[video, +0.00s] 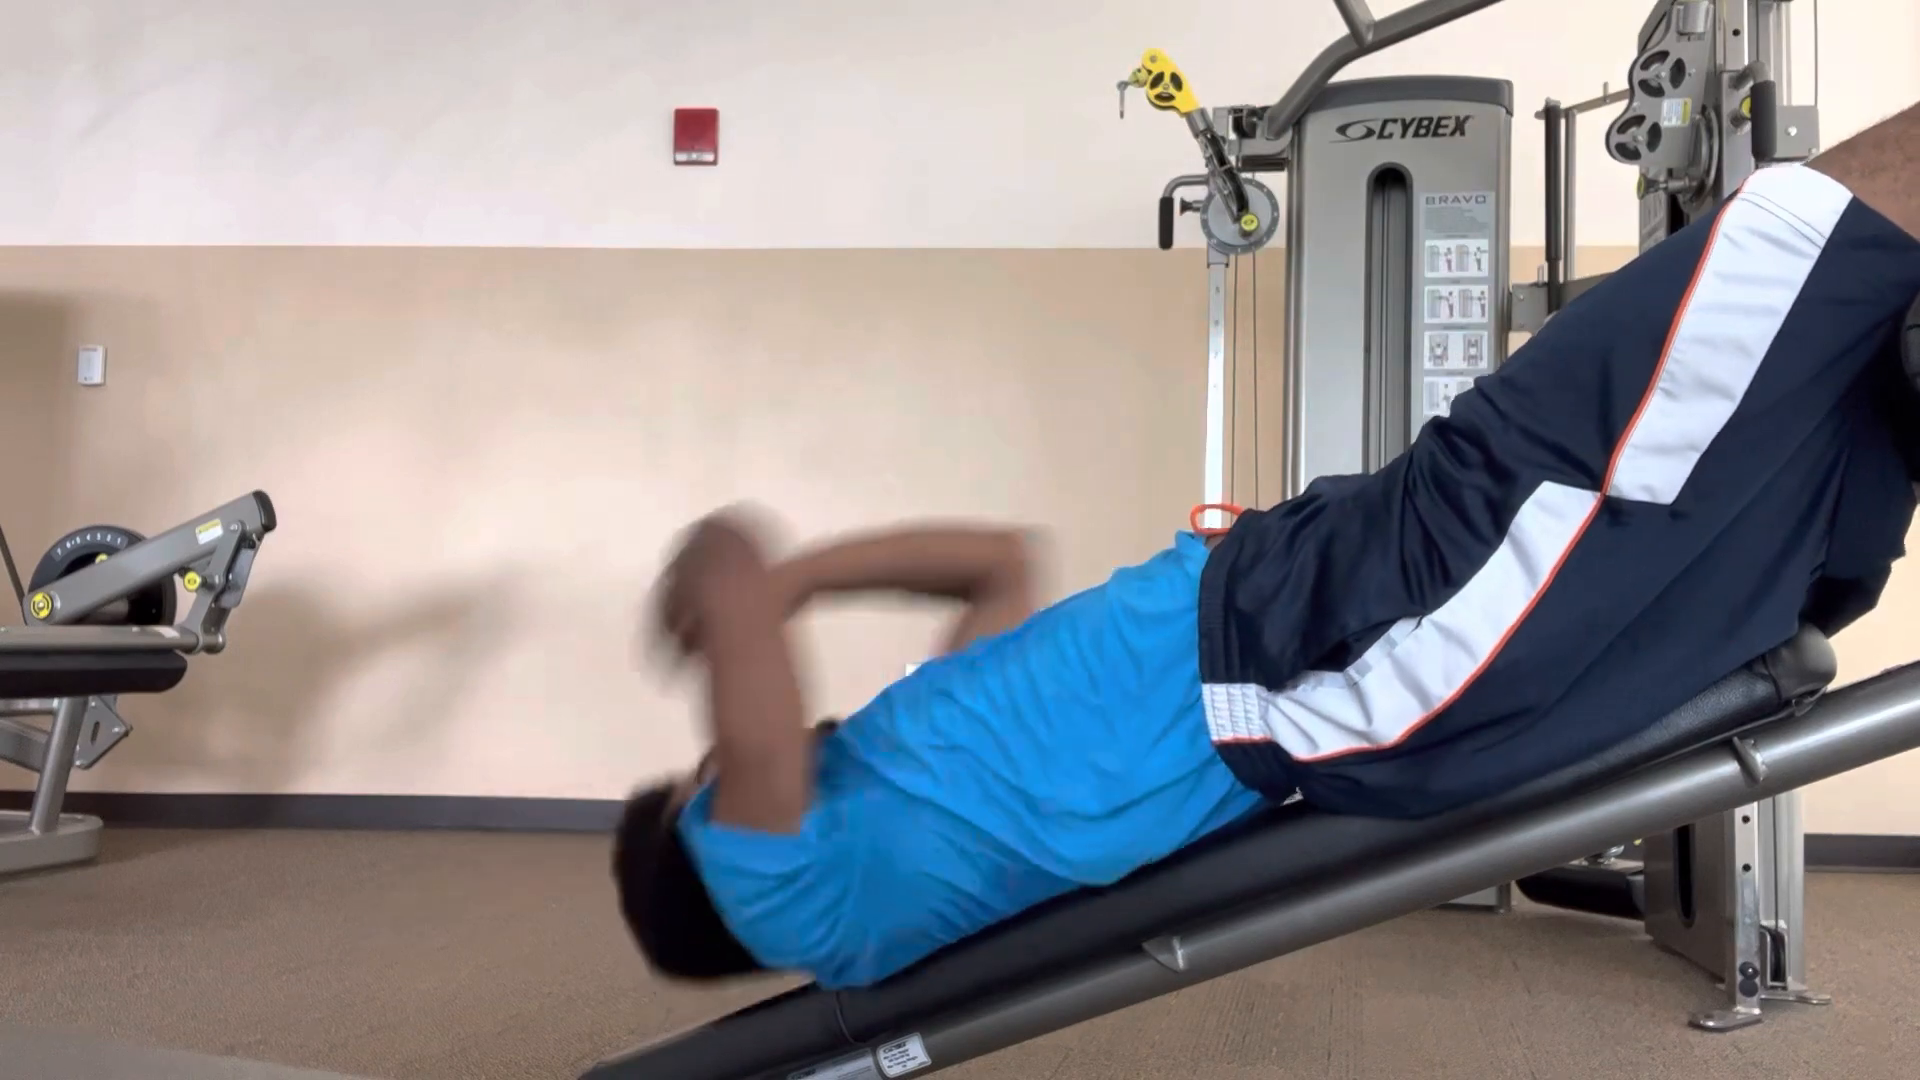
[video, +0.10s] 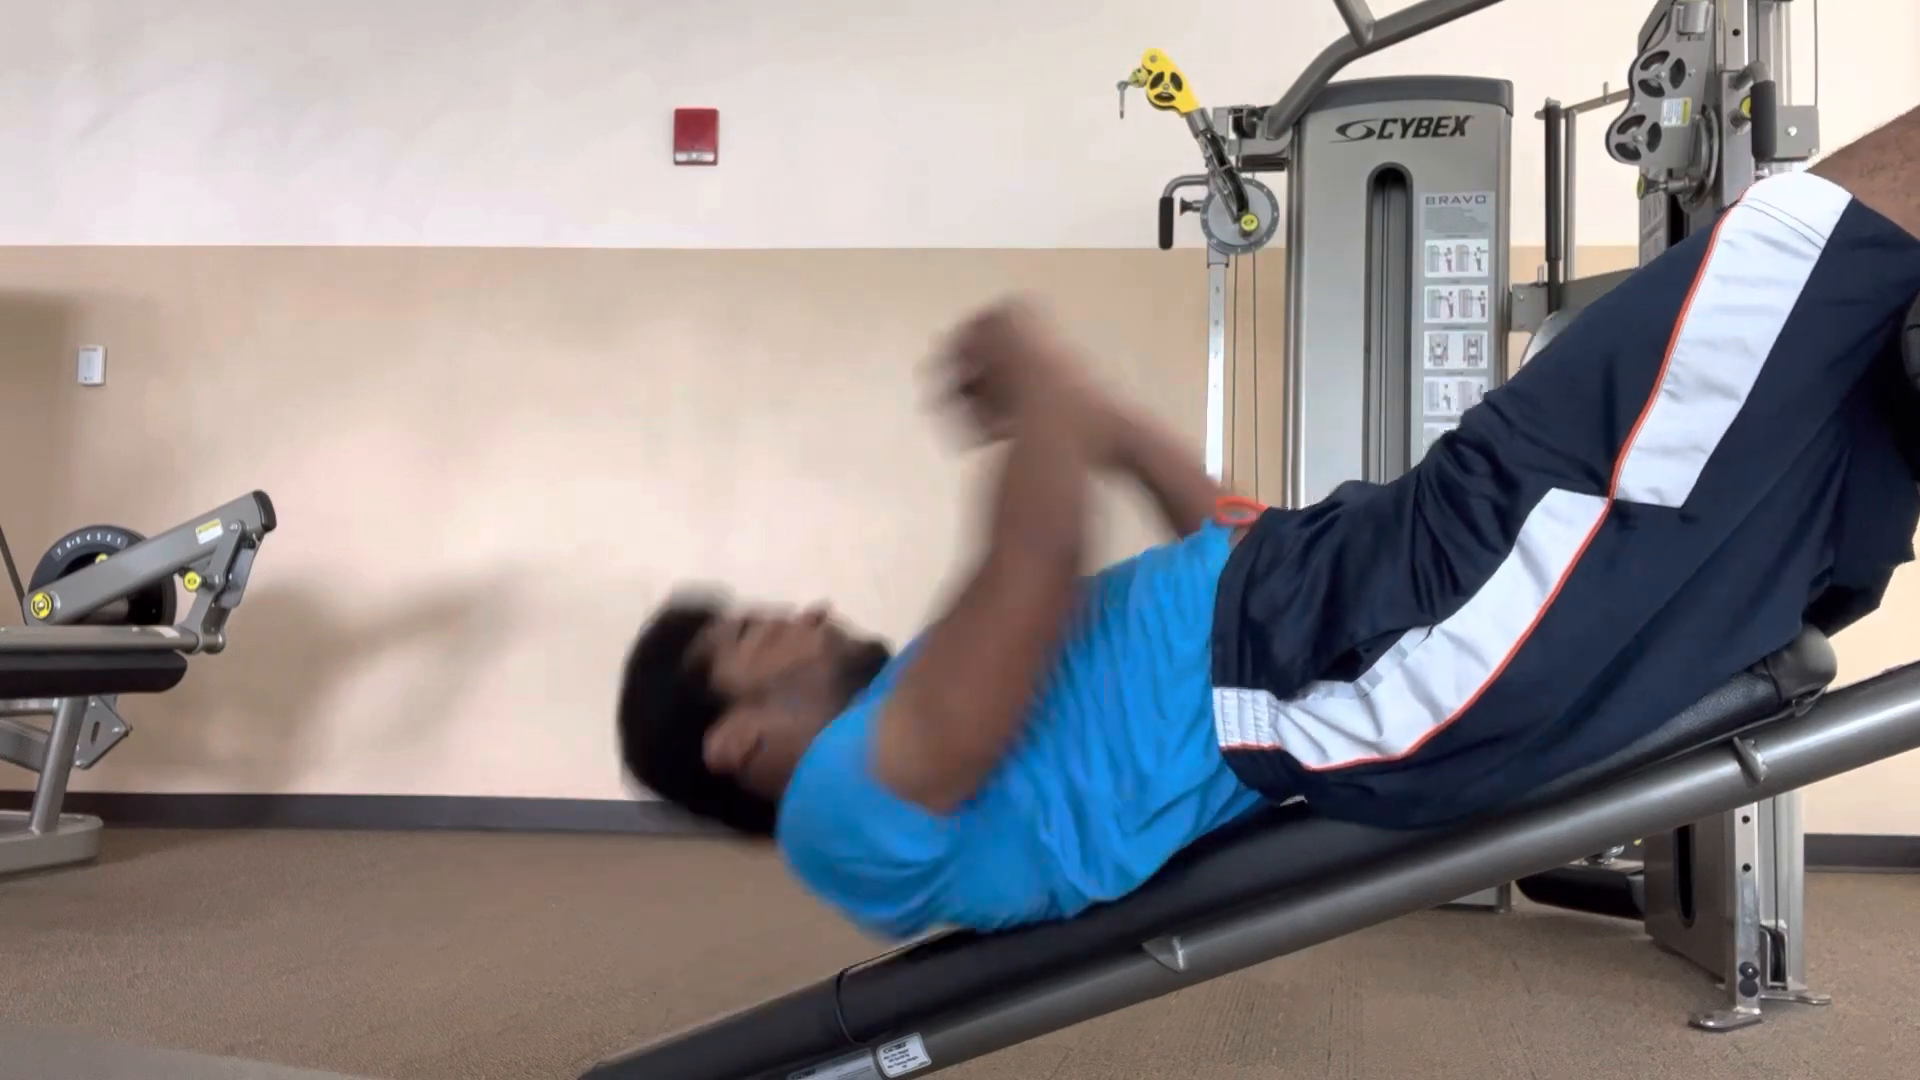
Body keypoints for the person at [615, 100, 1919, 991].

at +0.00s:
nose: (715, 757)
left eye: (695, 763)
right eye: (693, 779)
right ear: (713, 843)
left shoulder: (881, 813)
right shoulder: (773, 866)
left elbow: (995, 562)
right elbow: (735, 569)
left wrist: (782, 582)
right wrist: (724, 589)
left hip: (1338, 587)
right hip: (1321, 671)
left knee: (1869, 184)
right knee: (1838, 199)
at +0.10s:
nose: (799, 610)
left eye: (764, 605)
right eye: (753, 639)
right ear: (738, 742)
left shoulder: (933, 732)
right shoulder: (837, 809)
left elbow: (1218, 562)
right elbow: (1027, 604)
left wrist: (1087, 417)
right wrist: (1042, 393)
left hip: (1347, 598)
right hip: (1335, 666)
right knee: (1871, 176)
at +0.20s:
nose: (847, 464)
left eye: (820, 451)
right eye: (799, 469)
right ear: (752, 567)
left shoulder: (964, 608)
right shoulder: (848, 685)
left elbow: (1255, 587)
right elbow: (1142, 635)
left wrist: (1320, 380)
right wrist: (1292, 368)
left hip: (1403, 605)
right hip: (1371, 642)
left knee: (1892, 434)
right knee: (1877, 166)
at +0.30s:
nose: (883, 356)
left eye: (856, 339)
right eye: (835, 351)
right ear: (770, 442)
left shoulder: (957, 530)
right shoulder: (850, 578)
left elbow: (1213, 580)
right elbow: (1150, 606)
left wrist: (1358, 377)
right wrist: (1350, 370)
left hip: (1403, 619)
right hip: (1358, 654)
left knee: (1885, 441)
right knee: (1873, 168)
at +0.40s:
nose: (1003, 189)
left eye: (981, 163)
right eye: (954, 174)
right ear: (858, 248)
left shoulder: (1056, 373)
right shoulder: (891, 404)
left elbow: (1345, 517)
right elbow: (1167, 542)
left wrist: (1434, 358)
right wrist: (1397, 324)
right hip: (1388, 627)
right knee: (1885, 155)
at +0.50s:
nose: (1180, 47)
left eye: (1166, 23)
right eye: (1138, 22)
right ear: (1024, 46)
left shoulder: (1187, 237)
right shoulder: (1001, 217)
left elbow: (1404, 463)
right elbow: (1231, 456)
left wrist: (1482, 309)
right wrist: (1463, 268)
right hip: (1388, 601)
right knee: (1894, 141)